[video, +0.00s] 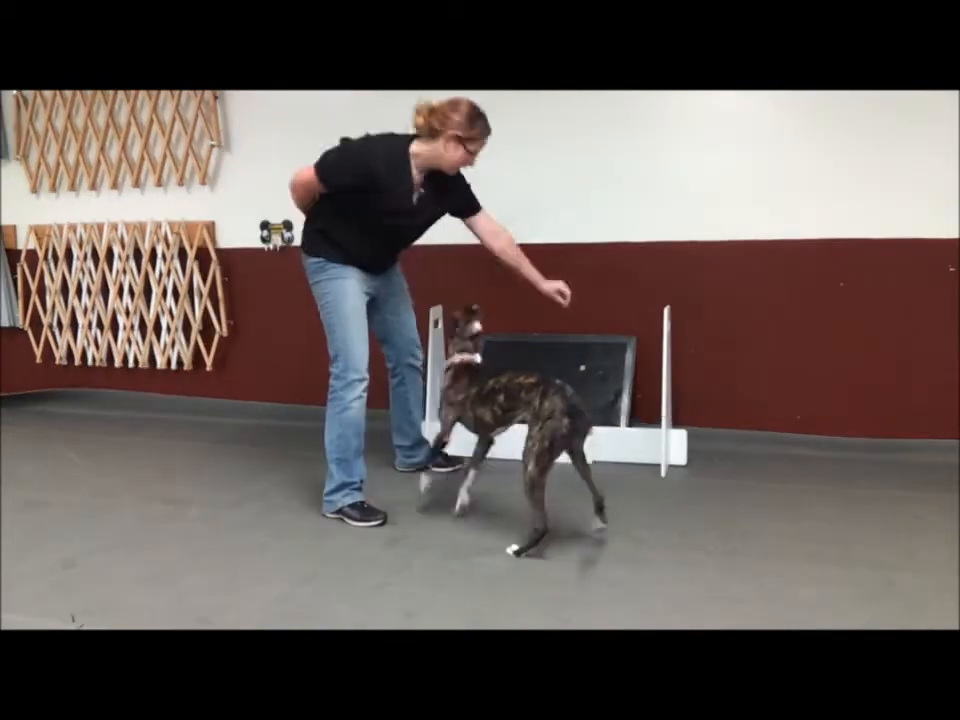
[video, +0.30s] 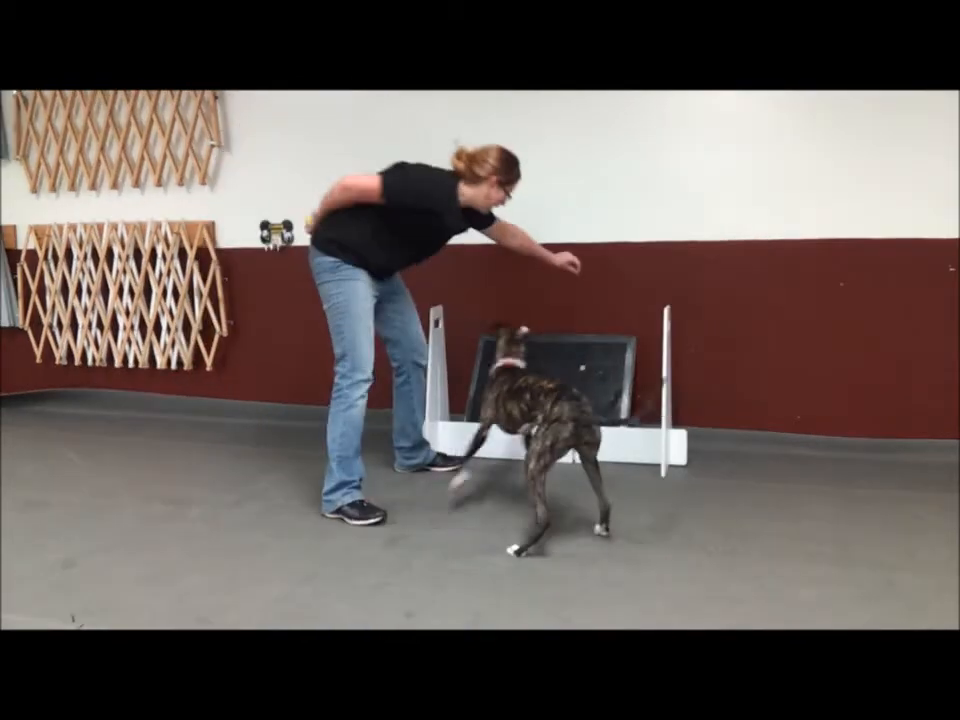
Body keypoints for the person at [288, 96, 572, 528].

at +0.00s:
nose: (472, 161)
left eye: (476, 153)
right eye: (469, 150)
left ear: (453, 142)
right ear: (446, 138)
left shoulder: (449, 183)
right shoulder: (371, 155)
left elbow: (493, 235)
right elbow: (301, 184)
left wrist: (540, 282)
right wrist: (321, 223)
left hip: (383, 266)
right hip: (334, 262)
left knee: (407, 357)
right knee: (352, 370)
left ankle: (413, 453)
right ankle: (343, 495)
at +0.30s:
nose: (504, 199)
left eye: (508, 192)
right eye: (503, 189)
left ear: (488, 181)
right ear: (485, 179)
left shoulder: (468, 210)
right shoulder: (425, 185)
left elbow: (506, 234)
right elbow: (349, 186)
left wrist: (551, 258)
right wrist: (319, 218)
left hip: (382, 270)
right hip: (341, 260)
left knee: (413, 359)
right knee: (356, 372)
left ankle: (412, 454)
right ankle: (340, 495)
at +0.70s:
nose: (506, 185)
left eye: (508, 178)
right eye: (507, 176)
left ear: (486, 164)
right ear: (495, 166)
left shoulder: (459, 182)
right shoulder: (467, 177)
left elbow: (478, 219)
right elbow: (405, 198)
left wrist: (516, 238)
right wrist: (374, 267)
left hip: (395, 256)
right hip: (386, 256)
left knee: (425, 355)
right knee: (414, 358)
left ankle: (417, 454)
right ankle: (351, 467)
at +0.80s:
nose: (504, 171)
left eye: (507, 164)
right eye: (505, 162)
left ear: (484, 151)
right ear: (492, 151)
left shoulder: (454, 168)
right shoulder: (460, 166)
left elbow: (458, 213)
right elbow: (406, 204)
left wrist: (498, 235)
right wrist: (426, 279)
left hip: (380, 251)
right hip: (381, 252)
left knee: (424, 350)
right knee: (440, 348)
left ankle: (418, 454)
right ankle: (380, 448)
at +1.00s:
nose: (506, 188)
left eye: (510, 182)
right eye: (507, 179)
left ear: (486, 167)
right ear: (489, 169)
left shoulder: (450, 177)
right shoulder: (453, 189)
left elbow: (431, 252)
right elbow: (430, 262)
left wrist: (472, 292)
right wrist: (479, 301)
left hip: (376, 261)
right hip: (365, 264)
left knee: (424, 350)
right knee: (434, 350)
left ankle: (416, 454)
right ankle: (379, 421)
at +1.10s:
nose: (504, 212)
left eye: (508, 206)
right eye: (504, 203)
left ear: (484, 189)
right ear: (486, 192)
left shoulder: (453, 199)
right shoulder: (444, 213)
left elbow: (433, 257)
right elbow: (436, 291)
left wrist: (437, 302)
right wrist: (474, 347)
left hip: (392, 268)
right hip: (353, 264)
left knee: (421, 355)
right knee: (407, 356)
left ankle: (417, 455)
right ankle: (348, 459)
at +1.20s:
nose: (488, 250)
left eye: (492, 244)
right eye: (489, 242)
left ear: (473, 225)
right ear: (474, 229)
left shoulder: (442, 217)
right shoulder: (430, 246)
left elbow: (411, 266)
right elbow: (435, 330)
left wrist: (411, 318)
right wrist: (468, 393)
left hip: (382, 277)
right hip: (335, 268)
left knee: (416, 352)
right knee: (365, 363)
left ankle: (417, 455)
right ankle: (326, 484)